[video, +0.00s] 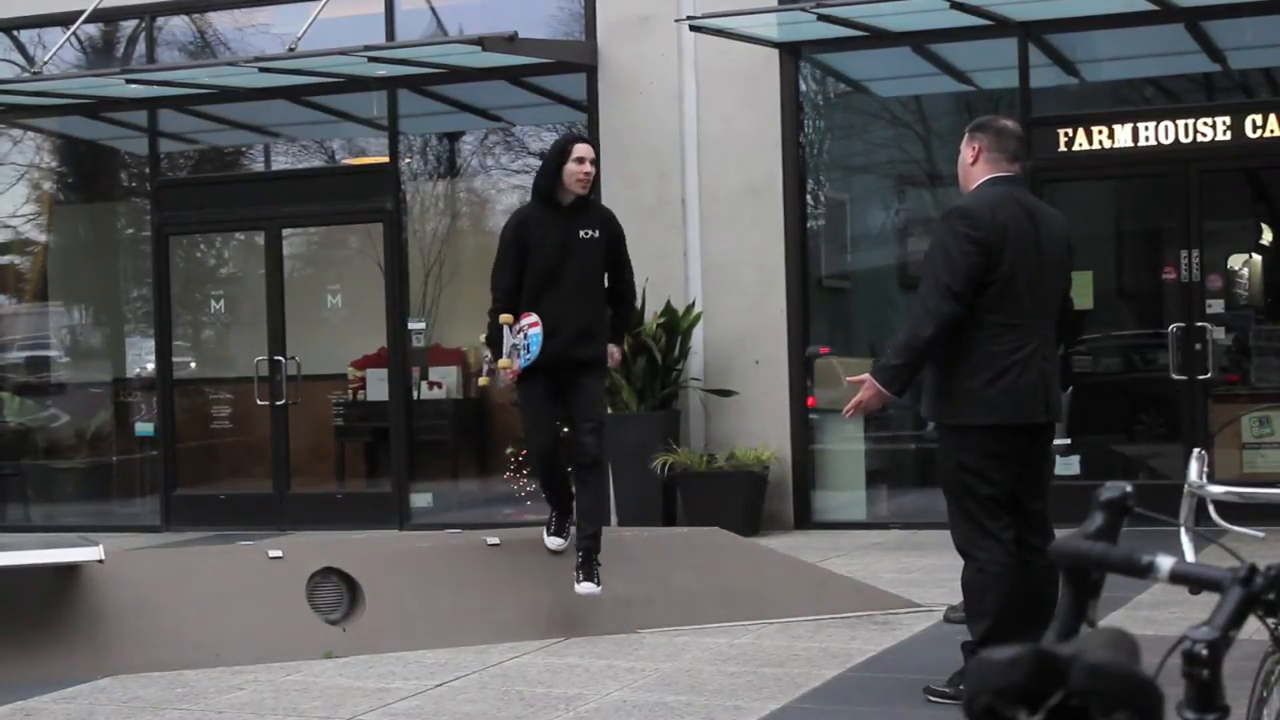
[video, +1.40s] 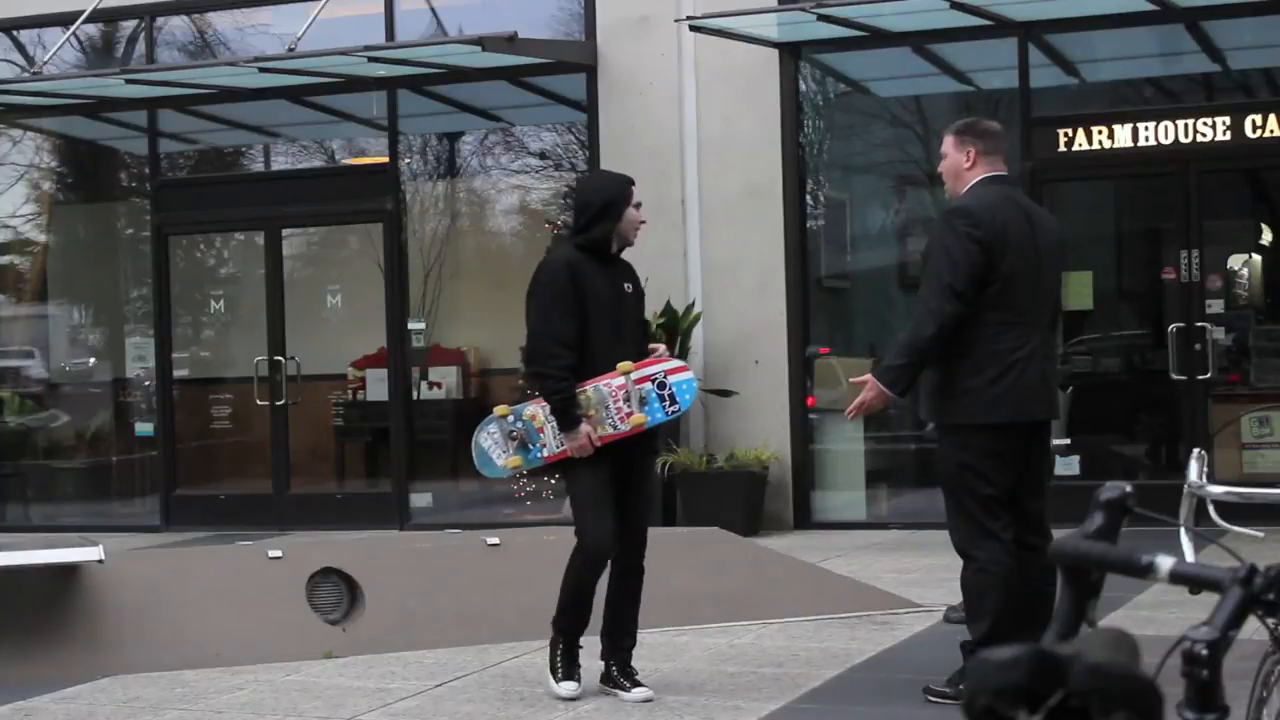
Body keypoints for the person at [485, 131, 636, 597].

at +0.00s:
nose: (587, 169)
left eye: (591, 162)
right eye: (578, 161)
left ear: (594, 170)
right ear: (555, 166)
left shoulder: (603, 221)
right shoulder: (523, 223)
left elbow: (623, 286)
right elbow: (503, 292)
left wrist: (616, 338)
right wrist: (501, 353)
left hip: (588, 356)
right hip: (535, 357)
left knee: (588, 452)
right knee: (542, 448)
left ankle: (589, 558)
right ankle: (559, 508)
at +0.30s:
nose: (605, 232)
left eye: (609, 226)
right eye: (597, 224)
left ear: (612, 236)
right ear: (573, 228)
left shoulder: (617, 292)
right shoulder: (536, 287)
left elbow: (638, 353)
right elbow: (512, 353)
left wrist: (638, 395)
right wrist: (504, 414)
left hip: (603, 424)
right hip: (546, 424)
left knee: (601, 525)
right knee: (544, 524)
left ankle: (591, 618)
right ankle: (555, 538)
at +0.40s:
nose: (604, 222)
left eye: (609, 215)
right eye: (596, 213)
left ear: (611, 225)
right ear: (572, 217)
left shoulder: (618, 279)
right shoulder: (533, 275)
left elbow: (642, 337)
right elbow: (510, 346)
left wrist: (633, 362)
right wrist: (508, 409)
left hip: (605, 419)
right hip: (548, 420)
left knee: (601, 521)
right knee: (551, 515)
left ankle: (591, 614)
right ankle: (550, 600)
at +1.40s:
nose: (642, 217)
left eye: (639, 207)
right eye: (634, 208)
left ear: (615, 213)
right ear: (607, 213)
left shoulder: (624, 275)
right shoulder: (560, 268)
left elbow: (631, 344)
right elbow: (545, 353)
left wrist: (655, 358)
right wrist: (569, 420)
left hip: (634, 428)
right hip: (584, 430)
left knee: (631, 549)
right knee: (595, 542)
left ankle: (618, 664)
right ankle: (564, 644)